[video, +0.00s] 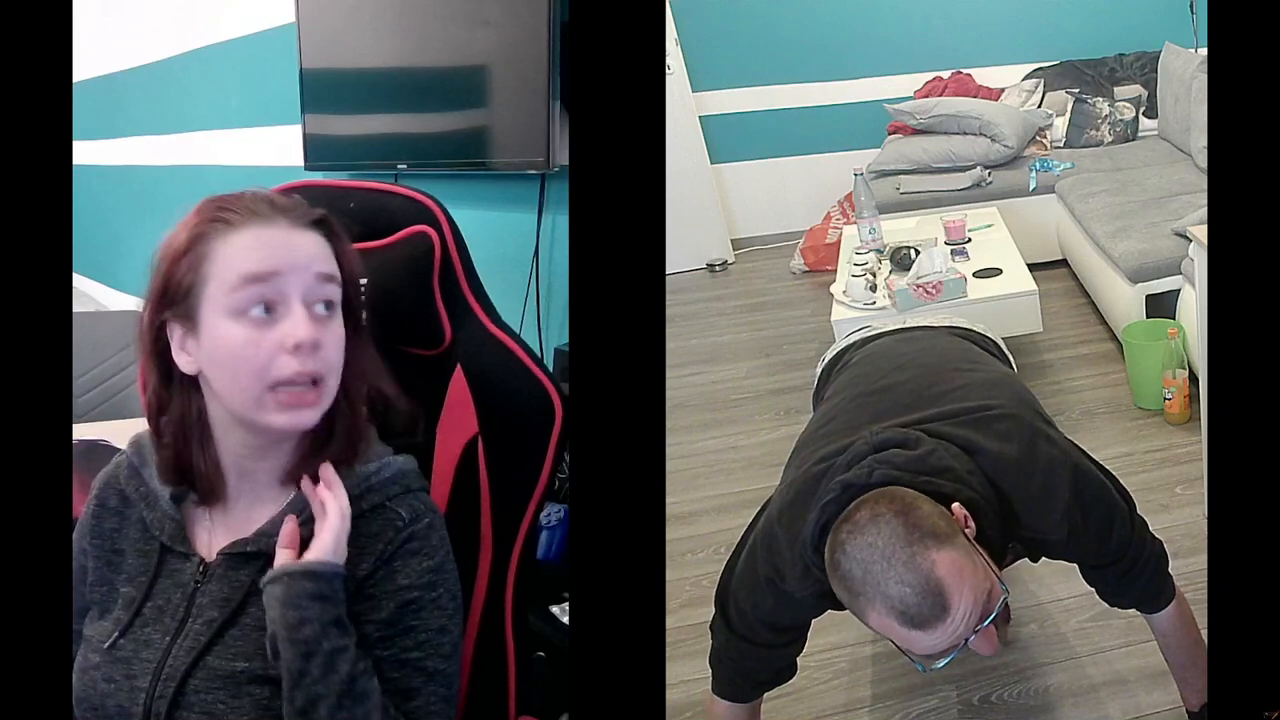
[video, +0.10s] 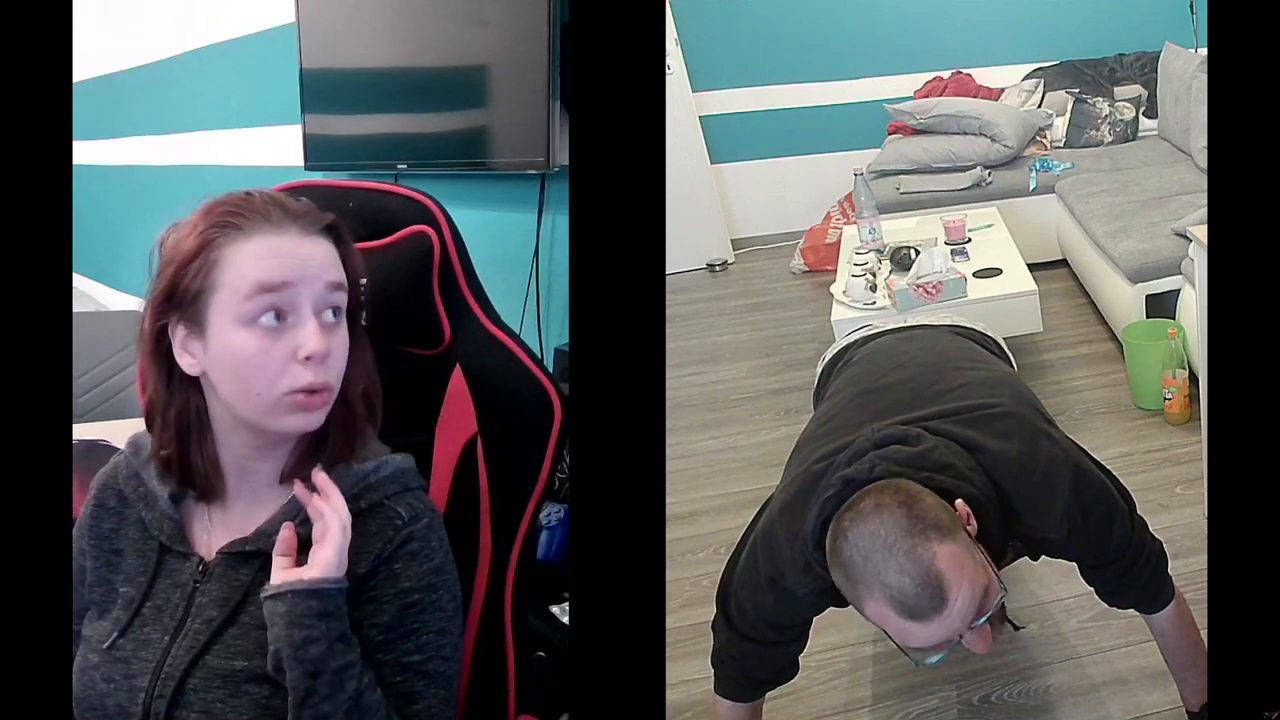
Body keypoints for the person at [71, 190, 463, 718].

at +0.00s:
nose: (306, 335)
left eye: (325, 305)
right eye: (263, 308)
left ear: (346, 328)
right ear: (184, 342)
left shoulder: (393, 518)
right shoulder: (126, 493)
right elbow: (80, 676)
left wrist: (308, 613)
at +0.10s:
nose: (316, 346)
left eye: (332, 312)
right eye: (273, 316)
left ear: (350, 328)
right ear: (188, 343)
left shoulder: (393, 522)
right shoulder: (121, 495)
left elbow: (421, 708)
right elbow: (80, 677)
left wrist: (311, 626)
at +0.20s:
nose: (317, 351)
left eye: (333, 316)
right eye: (273, 319)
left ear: (350, 332)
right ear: (187, 343)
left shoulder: (391, 520)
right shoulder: (121, 493)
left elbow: (421, 708)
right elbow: (81, 677)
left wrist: (311, 629)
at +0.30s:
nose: (316, 352)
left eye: (332, 317)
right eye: (273, 320)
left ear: (349, 332)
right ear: (187, 343)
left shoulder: (391, 520)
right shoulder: (121, 494)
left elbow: (419, 708)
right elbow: (81, 678)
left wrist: (309, 631)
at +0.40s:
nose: (314, 353)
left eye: (331, 317)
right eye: (271, 320)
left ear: (348, 333)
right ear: (186, 342)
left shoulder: (389, 522)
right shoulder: (122, 493)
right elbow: (80, 676)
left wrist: (304, 634)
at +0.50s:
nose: (312, 352)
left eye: (330, 317)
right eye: (271, 319)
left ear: (347, 333)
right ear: (186, 340)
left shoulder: (393, 537)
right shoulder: (120, 500)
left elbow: (406, 707)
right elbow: (81, 682)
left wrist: (262, 686)